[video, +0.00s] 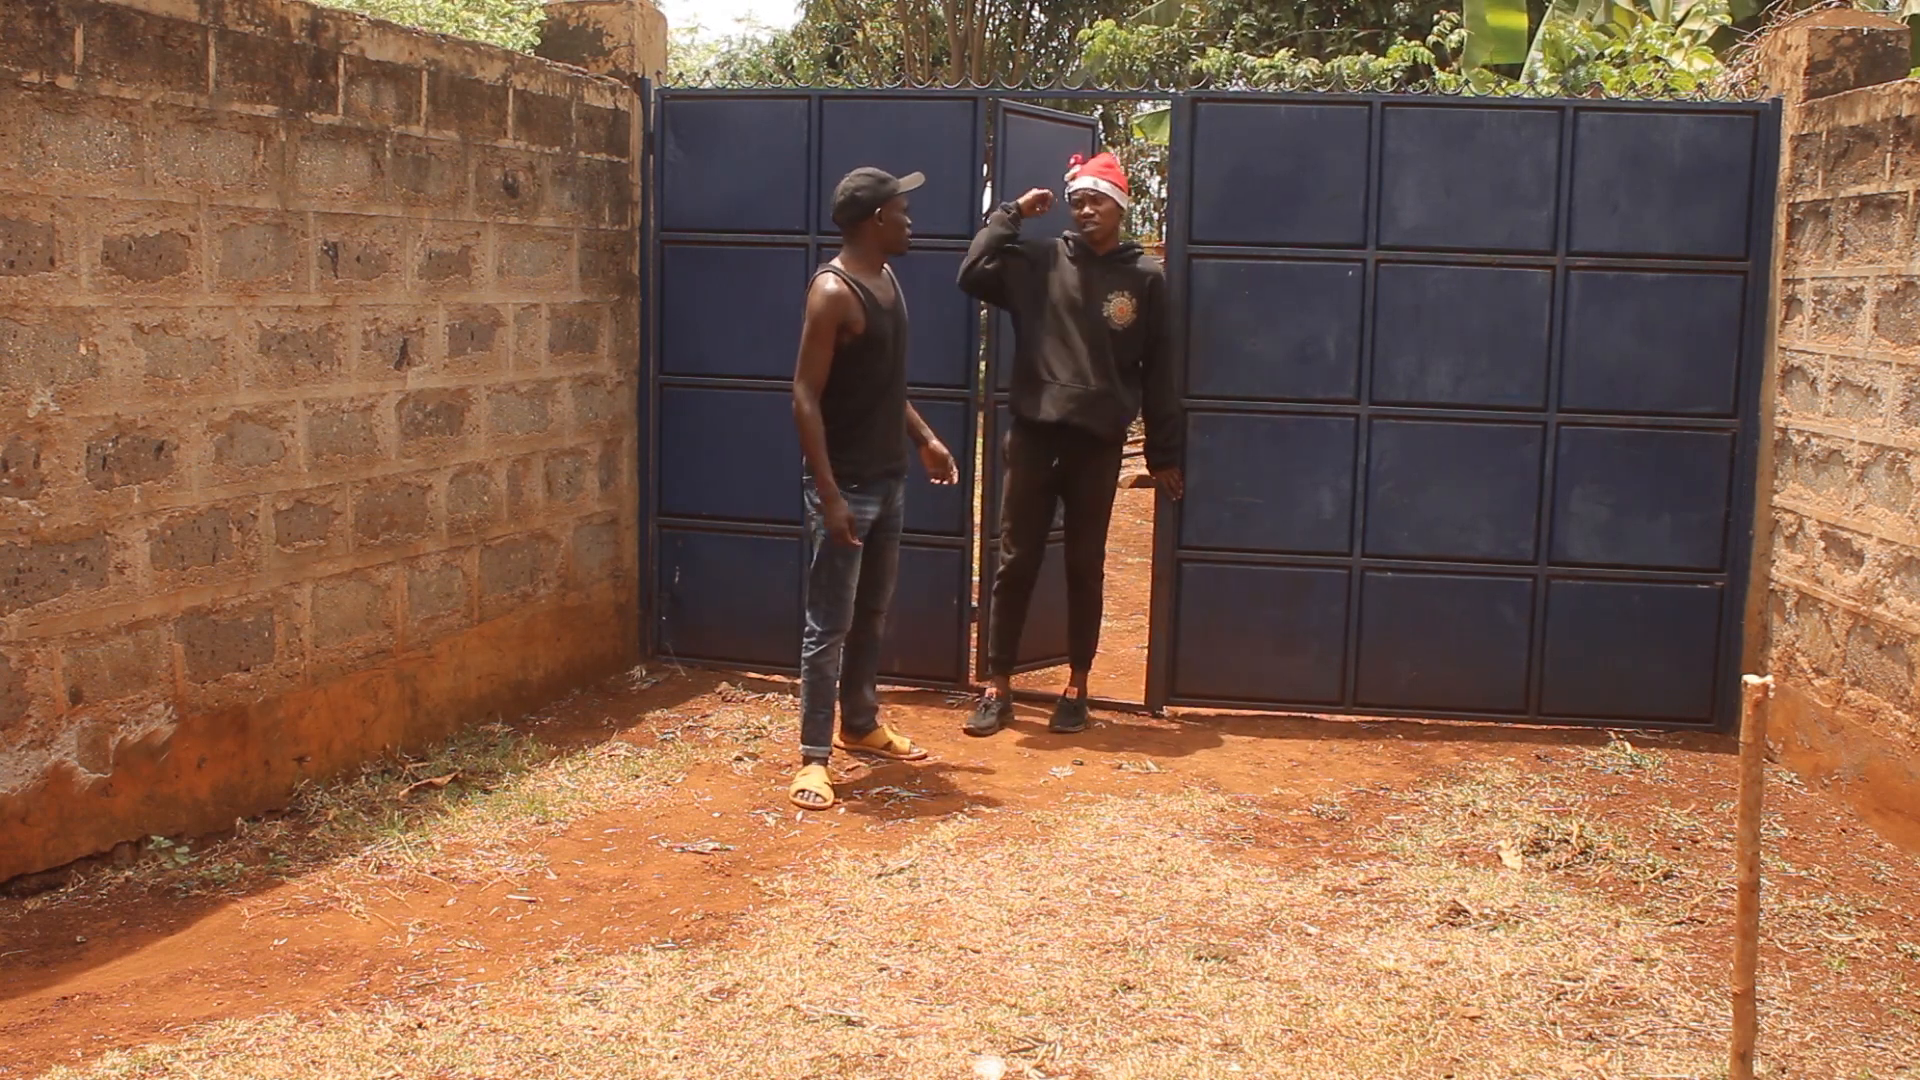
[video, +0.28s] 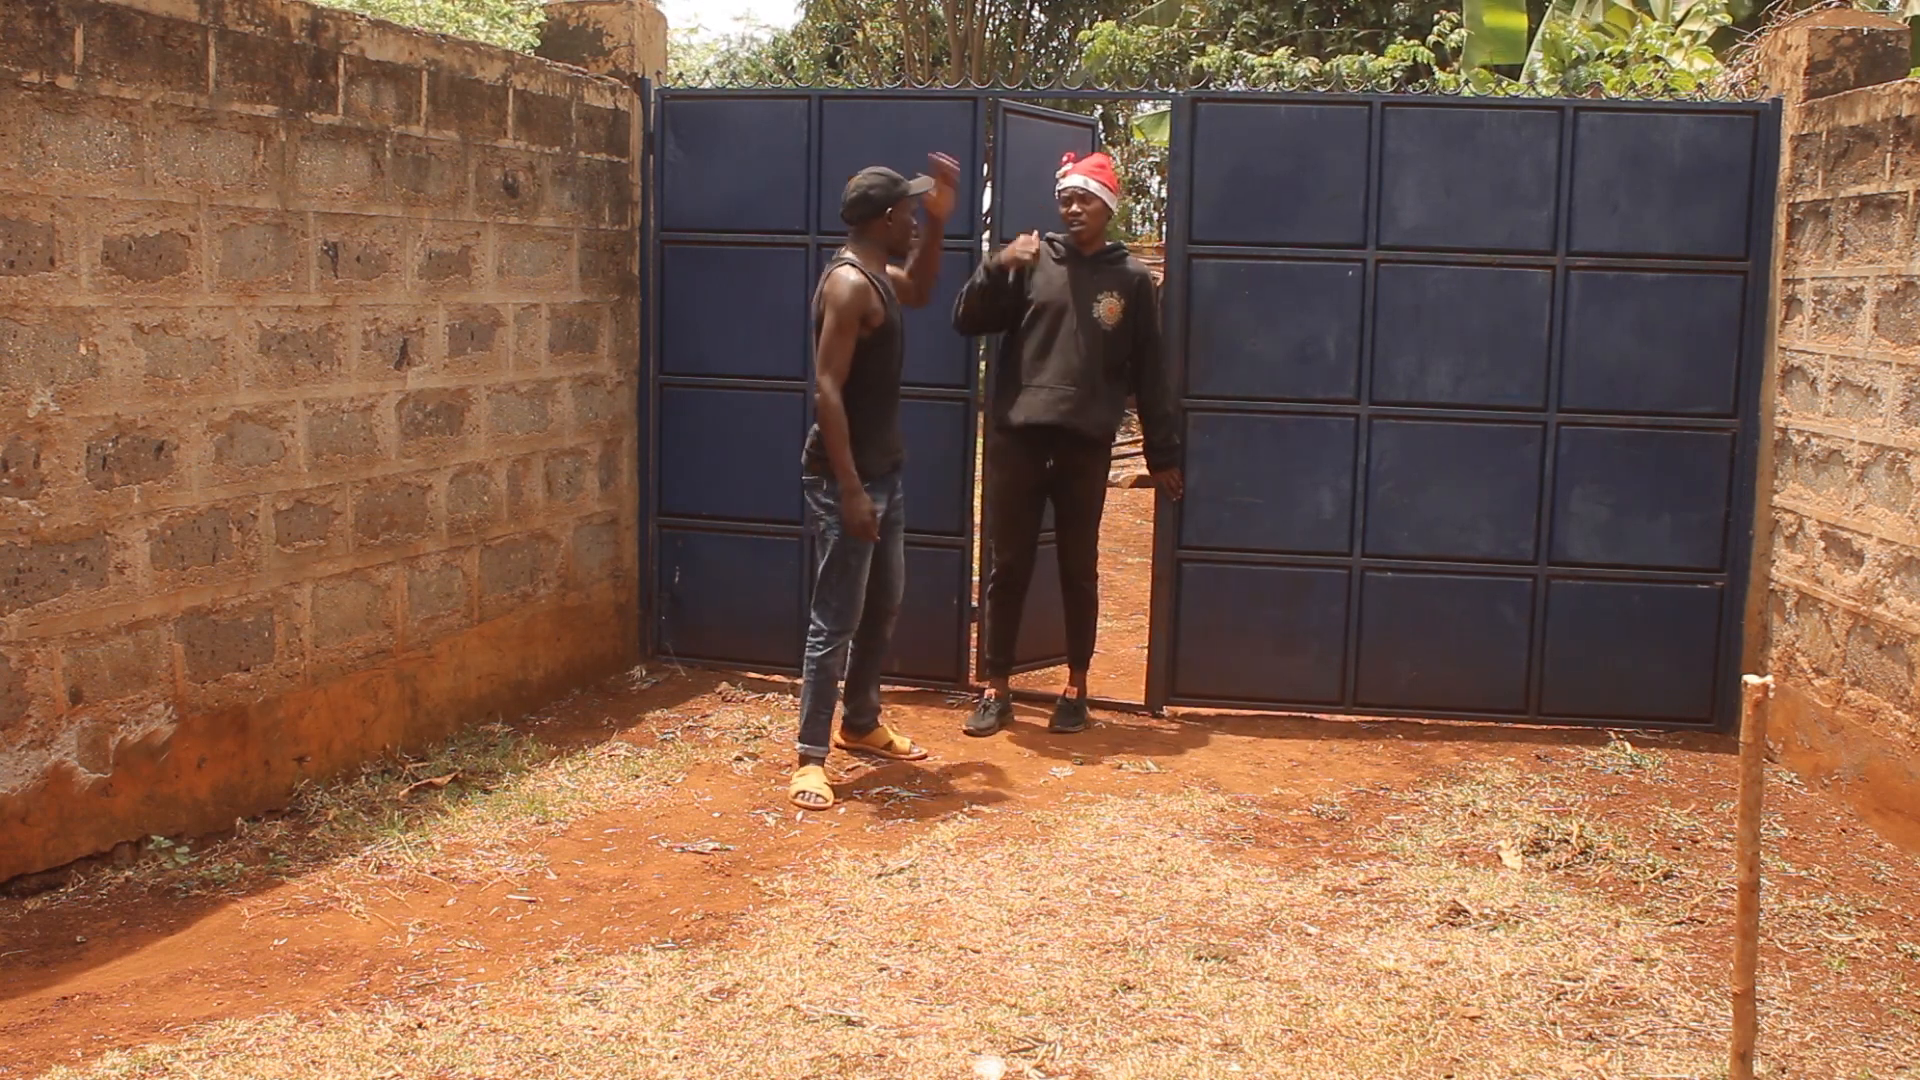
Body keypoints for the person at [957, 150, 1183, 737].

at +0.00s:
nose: (1085, 210)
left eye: (1097, 200)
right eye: (1078, 201)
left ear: (1123, 207)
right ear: (1069, 208)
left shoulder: (1145, 278)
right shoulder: (1036, 257)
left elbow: (1161, 372)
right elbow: (972, 276)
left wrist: (1165, 454)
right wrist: (1012, 214)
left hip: (1098, 437)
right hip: (1033, 431)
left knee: (1084, 564)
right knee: (1015, 559)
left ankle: (1077, 689)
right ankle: (995, 689)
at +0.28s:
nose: (1074, 209)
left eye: (1086, 200)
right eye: (1067, 199)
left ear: (1111, 206)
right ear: (1057, 203)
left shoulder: (1131, 279)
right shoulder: (1027, 260)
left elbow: (1151, 373)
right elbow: (967, 319)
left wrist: (1163, 454)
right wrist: (996, 265)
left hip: (1084, 443)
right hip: (1015, 437)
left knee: (1078, 569)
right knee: (1007, 566)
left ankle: (1075, 689)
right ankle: (993, 690)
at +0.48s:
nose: (1075, 210)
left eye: (1088, 201)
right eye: (1068, 199)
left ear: (1110, 209)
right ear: (1058, 203)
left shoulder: (1125, 281)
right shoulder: (1028, 254)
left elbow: (1145, 375)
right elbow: (976, 325)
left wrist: (1163, 454)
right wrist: (1022, 327)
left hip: (1080, 444)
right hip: (1013, 438)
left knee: (1074, 567)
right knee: (1004, 567)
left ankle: (1075, 690)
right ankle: (993, 692)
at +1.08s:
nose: (1088, 223)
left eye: (1101, 215)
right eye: (1084, 212)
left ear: (1129, 220)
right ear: (1077, 212)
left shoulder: (1149, 285)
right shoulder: (1054, 257)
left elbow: (1153, 378)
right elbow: (1003, 308)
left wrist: (1160, 459)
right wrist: (1002, 355)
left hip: (1087, 439)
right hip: (1022, 425)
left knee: (1075, 567)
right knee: (996, 555)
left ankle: (1074, 687)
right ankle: (997, 679)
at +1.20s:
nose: (1097, 222)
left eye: (1110, 214)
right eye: (1093, 211)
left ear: (1138, 221)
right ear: (1088, 213)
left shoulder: (1156, 283)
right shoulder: (1067, 263)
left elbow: (1159, 377)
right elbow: (1024, 314)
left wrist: (1159, 458)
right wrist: (979, 338)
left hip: (1098, 435)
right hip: (1038, 425)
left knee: (1081, 564)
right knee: (1000, 540)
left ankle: (1075, 686)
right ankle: (1043, 608)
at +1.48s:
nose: (1088, 223)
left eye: (1101, 217)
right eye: (1083, 213)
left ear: (1125, 225)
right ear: (1075, 214)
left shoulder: (1140, 281)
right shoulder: (1059, 268)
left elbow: (1149, 376)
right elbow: (1023, 344)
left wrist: (1158, 458)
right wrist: (969, 392)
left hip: (1109, 435)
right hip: (1057, 430)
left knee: (1068, 555)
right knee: (1066, 556)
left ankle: (1072, 689)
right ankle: (1104, 661)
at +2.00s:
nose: (1057, 246)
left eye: (1069, 238)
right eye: (1053, 236)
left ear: (1095, 244)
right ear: (1048, 239)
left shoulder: (1117, 290)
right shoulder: (1044, 290)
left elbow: (1140, 383)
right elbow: (1023, 371)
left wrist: (1157, 465)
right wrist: (990, 429)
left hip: (1115, 449)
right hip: (1068, 449)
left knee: (1069, 557)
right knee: (1104, 566)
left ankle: (1072, 690)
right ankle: (1119, 677)